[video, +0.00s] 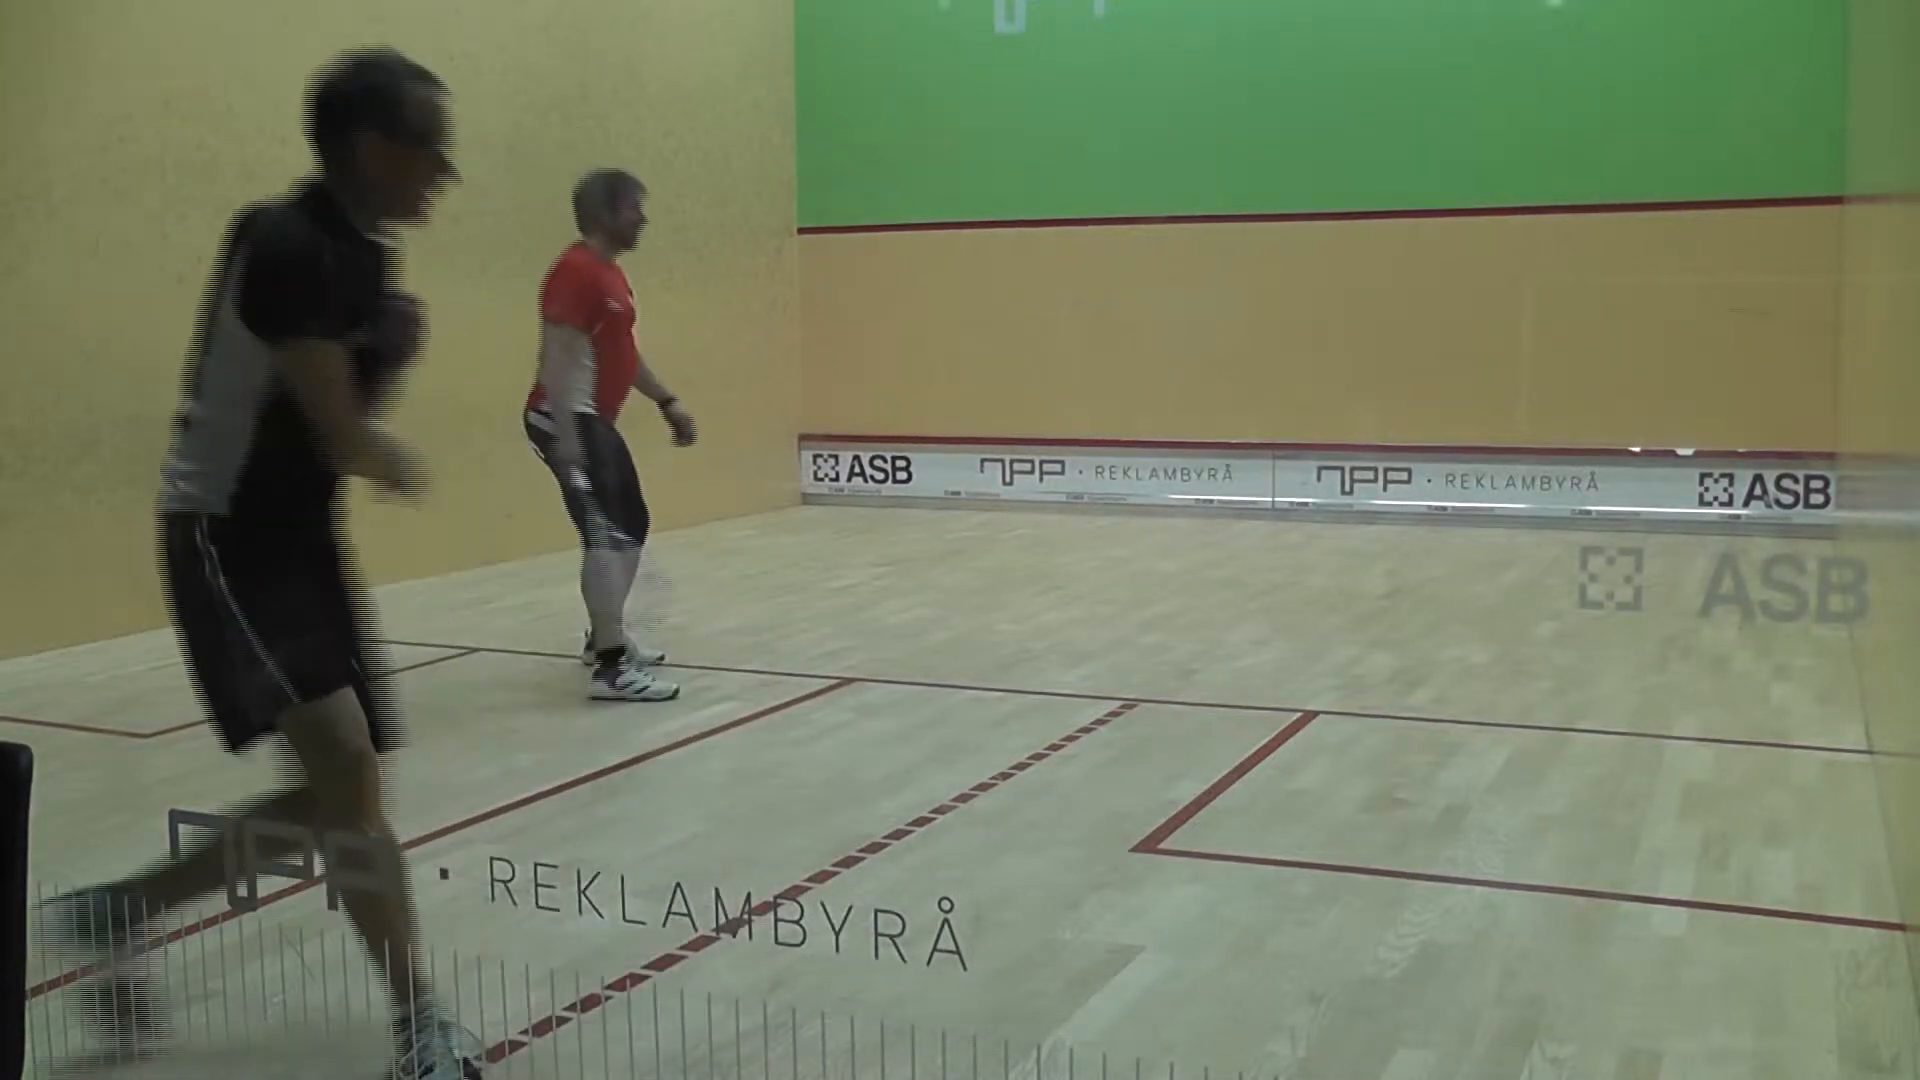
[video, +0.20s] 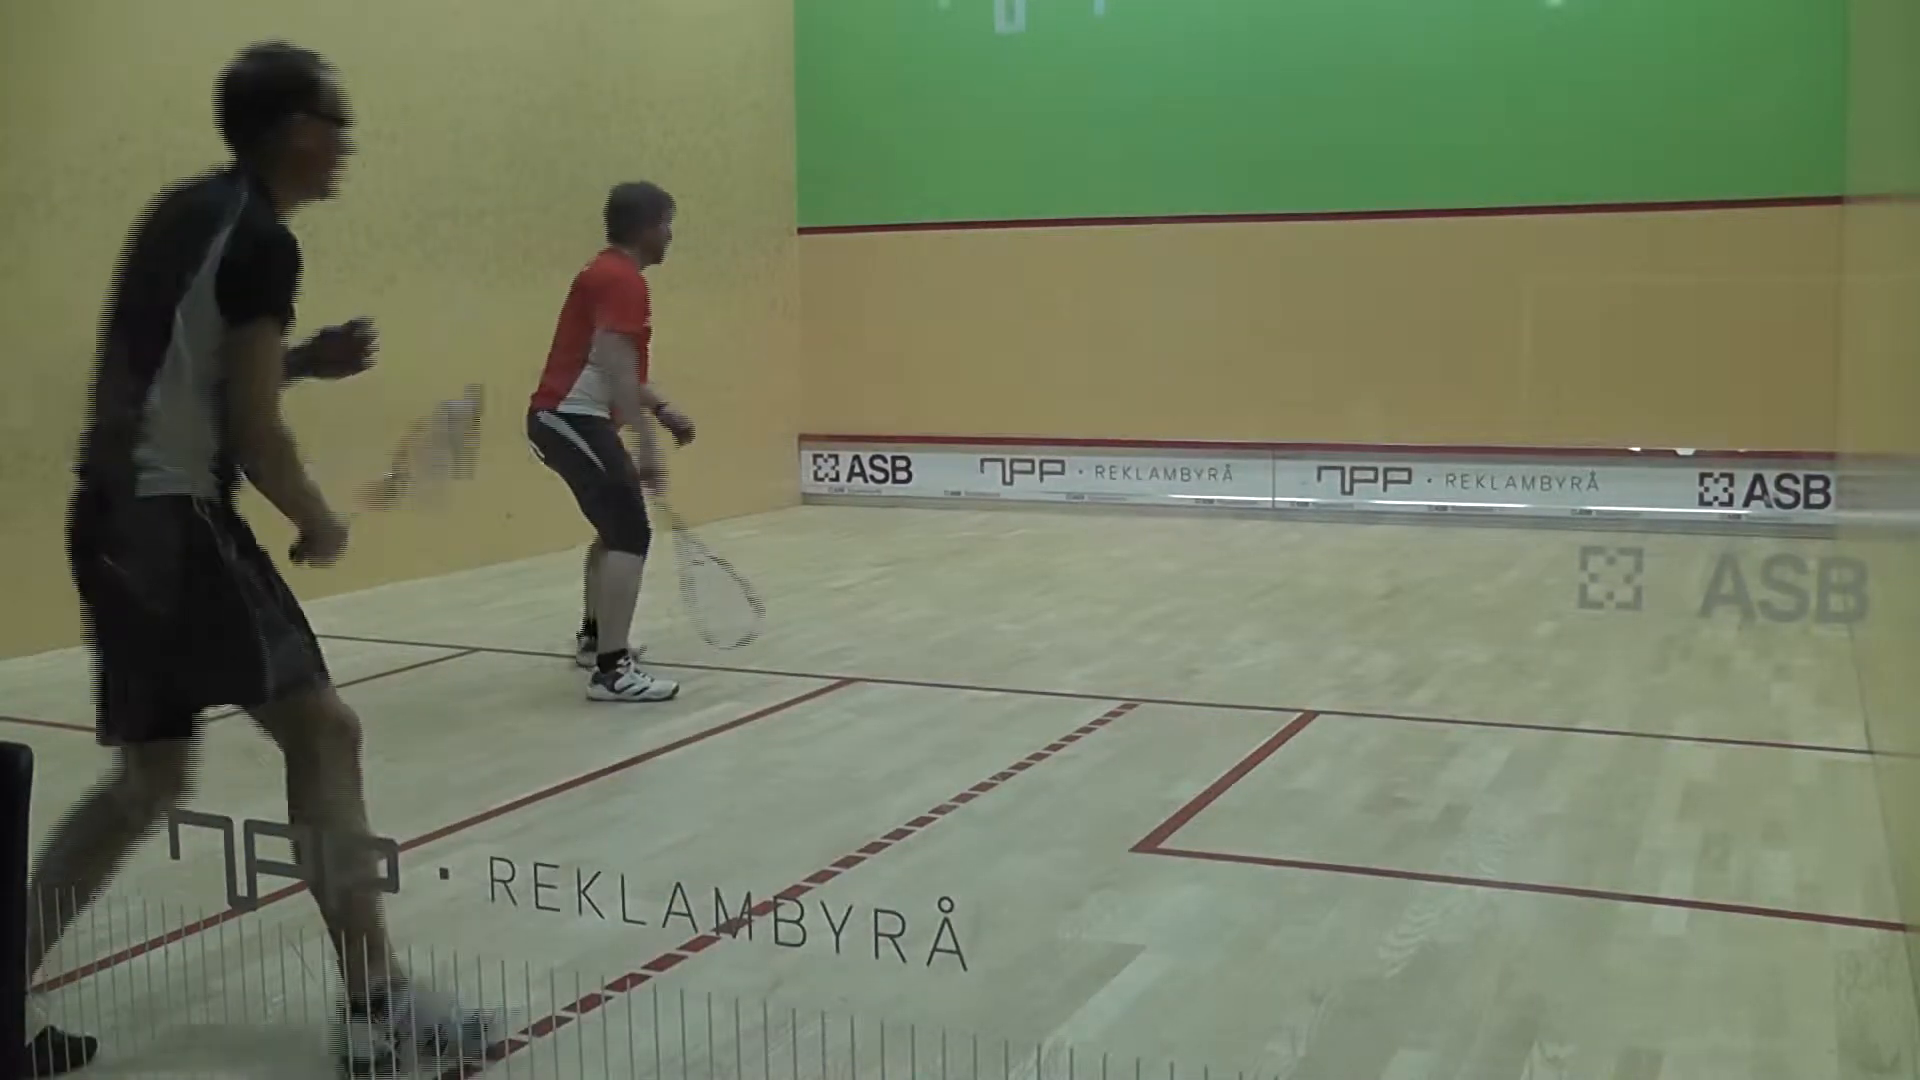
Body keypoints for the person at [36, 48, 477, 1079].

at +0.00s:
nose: (444, 167)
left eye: (443, 144)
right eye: (428, 145)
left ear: (372, 148)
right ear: (363, 147)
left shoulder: (352, 250)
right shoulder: (291, 245)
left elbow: (324, 412)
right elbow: (343, 433)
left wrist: (378, 361)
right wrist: (387, 452)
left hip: (293, 528)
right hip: (225, 532)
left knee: (350, 780)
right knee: (343, 762)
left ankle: (121, 909)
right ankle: (421, 1019)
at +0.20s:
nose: (344, 147)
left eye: (342, 127)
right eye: (331, 126)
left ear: (264, 132)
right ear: (281, 130)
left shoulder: (179, 211)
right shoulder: (257, 236)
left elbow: (181, 378)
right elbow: (257, 434)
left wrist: (305, 360)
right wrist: (316, 516)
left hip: (115, 525)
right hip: (186, 529)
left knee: (151, 778)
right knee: (323, 732)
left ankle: (9, 980)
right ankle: (375, 995)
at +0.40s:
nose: (308, 117)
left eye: (306, 99)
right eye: (299, 98)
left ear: (218, 100)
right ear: (263, 101)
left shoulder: (144, 177)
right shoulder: (246, 190)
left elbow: (140, 337)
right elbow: (244, 352)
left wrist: (265, 359)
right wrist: (328, 470)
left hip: (83, 476)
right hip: (176, 479)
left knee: (96, 729)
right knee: (307, 661)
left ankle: (2, 954)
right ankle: (266, 882)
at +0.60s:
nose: (321, 197)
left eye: (318, 180)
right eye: (314, 181)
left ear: (238, 186)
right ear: (284, 186)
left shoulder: (171, 253)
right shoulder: (276, 266)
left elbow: (174, 392)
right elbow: (283, 397)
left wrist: (292, 406)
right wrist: (379, 515)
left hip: (115, 517)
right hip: (210, 524)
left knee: (81, 731)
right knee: (276, 681)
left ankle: (9, 931)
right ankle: (236, 879)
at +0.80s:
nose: (370, 131)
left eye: (369, 114)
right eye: (364, 114)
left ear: (291, 115)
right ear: (335, 118)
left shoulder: (218, 185)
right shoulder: (340, 204)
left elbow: (170, 304)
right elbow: (340, 336)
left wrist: (267, 320)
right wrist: (398, 463)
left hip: (192, 448)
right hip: (289, 451)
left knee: (201, 637)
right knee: (316, 635)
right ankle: (259, 825)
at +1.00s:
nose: (407, 155)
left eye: (405, 140)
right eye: (404, 140)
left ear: (332, 140)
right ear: (383, 140)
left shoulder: (268, 210)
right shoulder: (387, 225)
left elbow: (203, 309)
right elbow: (414, 357)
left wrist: (275, 345)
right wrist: (472, 472)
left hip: (265, 448)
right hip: (350, 452)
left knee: (296, 614)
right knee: (359, 639)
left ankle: (300, 781)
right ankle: (318, 819)